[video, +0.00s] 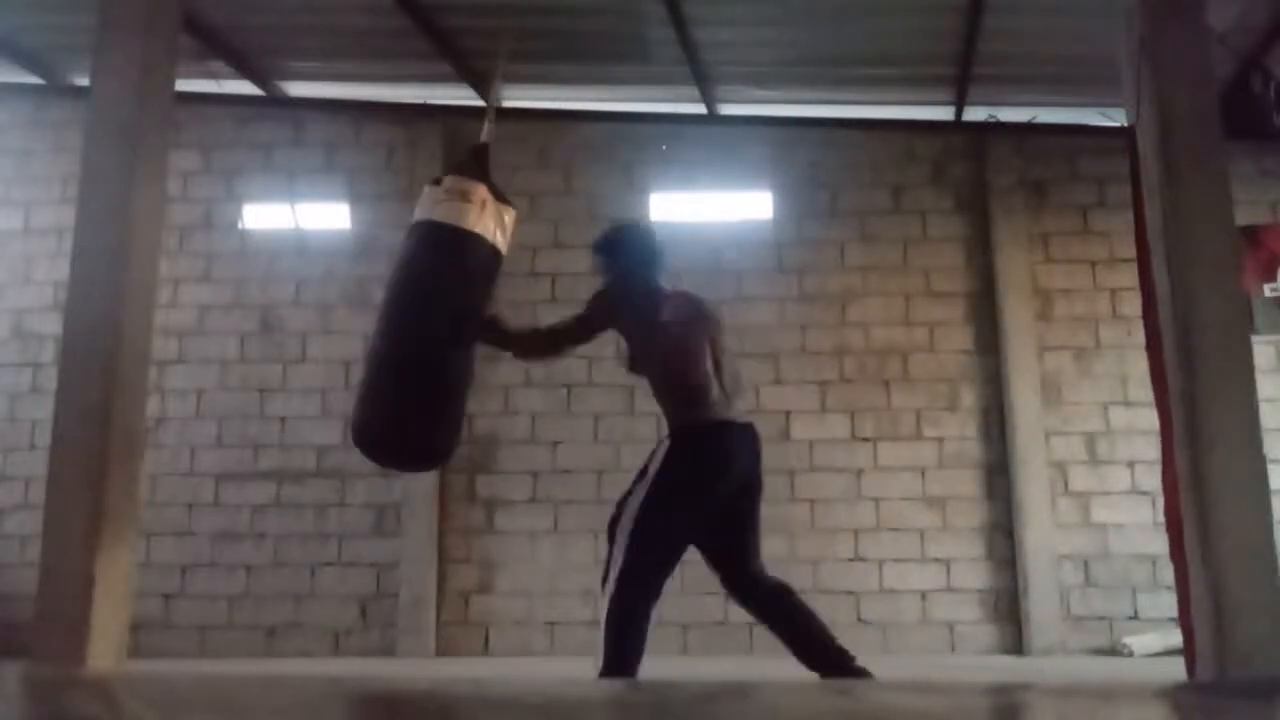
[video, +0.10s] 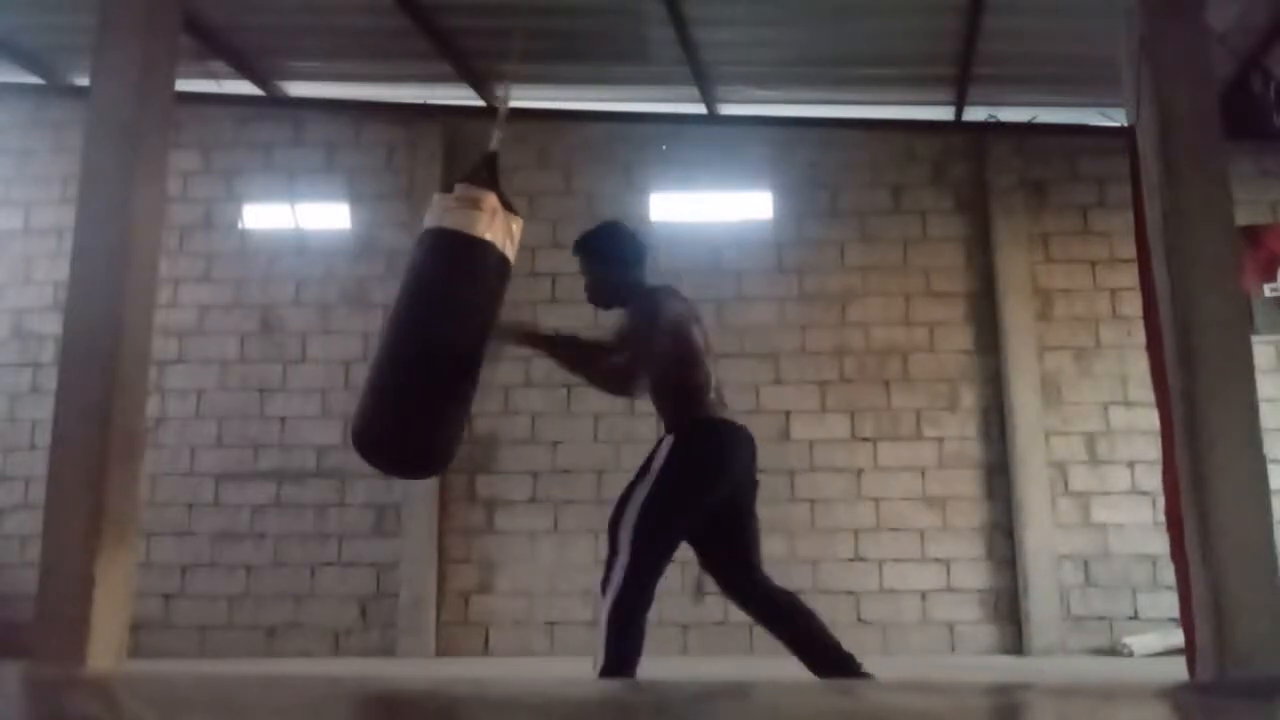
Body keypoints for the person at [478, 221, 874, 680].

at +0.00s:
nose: (604, 277)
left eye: (608, 267)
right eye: (605, 267)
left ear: (623, 264)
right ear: (652, 262)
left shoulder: (622, 300)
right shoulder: (694, 306)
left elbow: (544, 344)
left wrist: (487, 331)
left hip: (693, 448)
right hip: (738, 445)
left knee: (635, 569)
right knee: (744, 577)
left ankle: (614, 692)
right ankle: (844, 672)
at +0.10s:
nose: (585, 285)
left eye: (590, 274)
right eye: (584, 275)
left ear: (614, 269)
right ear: (627, 264)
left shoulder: (654, 308)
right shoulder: (665, 305)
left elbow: (624, 378)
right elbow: (612, 356)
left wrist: (551, 348)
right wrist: (545, 341)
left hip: (693, 446)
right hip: (728, 445)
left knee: (632, 554)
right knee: (743, 580)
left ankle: (613, 686)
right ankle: (848, 679)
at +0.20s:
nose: (575, 293)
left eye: (579, 280)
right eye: (574, 281)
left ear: (605, 277)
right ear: (618, 274)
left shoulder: (656, 322)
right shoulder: (641, 329)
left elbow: (704, 395)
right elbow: (577, 361)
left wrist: (633, 404)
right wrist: (506, 333)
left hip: (682, 457)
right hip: (722, 454)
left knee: (612, 570)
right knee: (764, 580)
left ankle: (610, 698)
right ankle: (855, 685)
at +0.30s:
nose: (570, 289)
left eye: (570, 277)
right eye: (567, 278)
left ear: (586, 274)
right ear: (616, 264)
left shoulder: (613, 327)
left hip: (659, 458)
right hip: (717, 451)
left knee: (616, 594)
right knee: (767, 573)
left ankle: (612, 706)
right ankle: (835, 679)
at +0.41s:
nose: (562, 287)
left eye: (561, 277)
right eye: (560, 276)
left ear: (570, 278)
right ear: (610, 259)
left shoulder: (582, 332)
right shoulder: (671, 290)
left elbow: (510, 391)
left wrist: (458, 383)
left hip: (660, 451)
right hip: (721, 442)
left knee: (633, 589)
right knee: (768, 566)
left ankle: (614, 702)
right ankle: (826, 677)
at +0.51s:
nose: (569, 288)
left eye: (568, 277)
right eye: (565, 277)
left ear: (578, 274)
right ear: (613, 259)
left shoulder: (589, 326)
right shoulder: (670, 292)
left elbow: (532, 395)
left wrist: (474, 387)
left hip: (664, 444)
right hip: (722, 435)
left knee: (624, 586)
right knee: (768, 562)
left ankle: (607, 703)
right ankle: (842, 675)